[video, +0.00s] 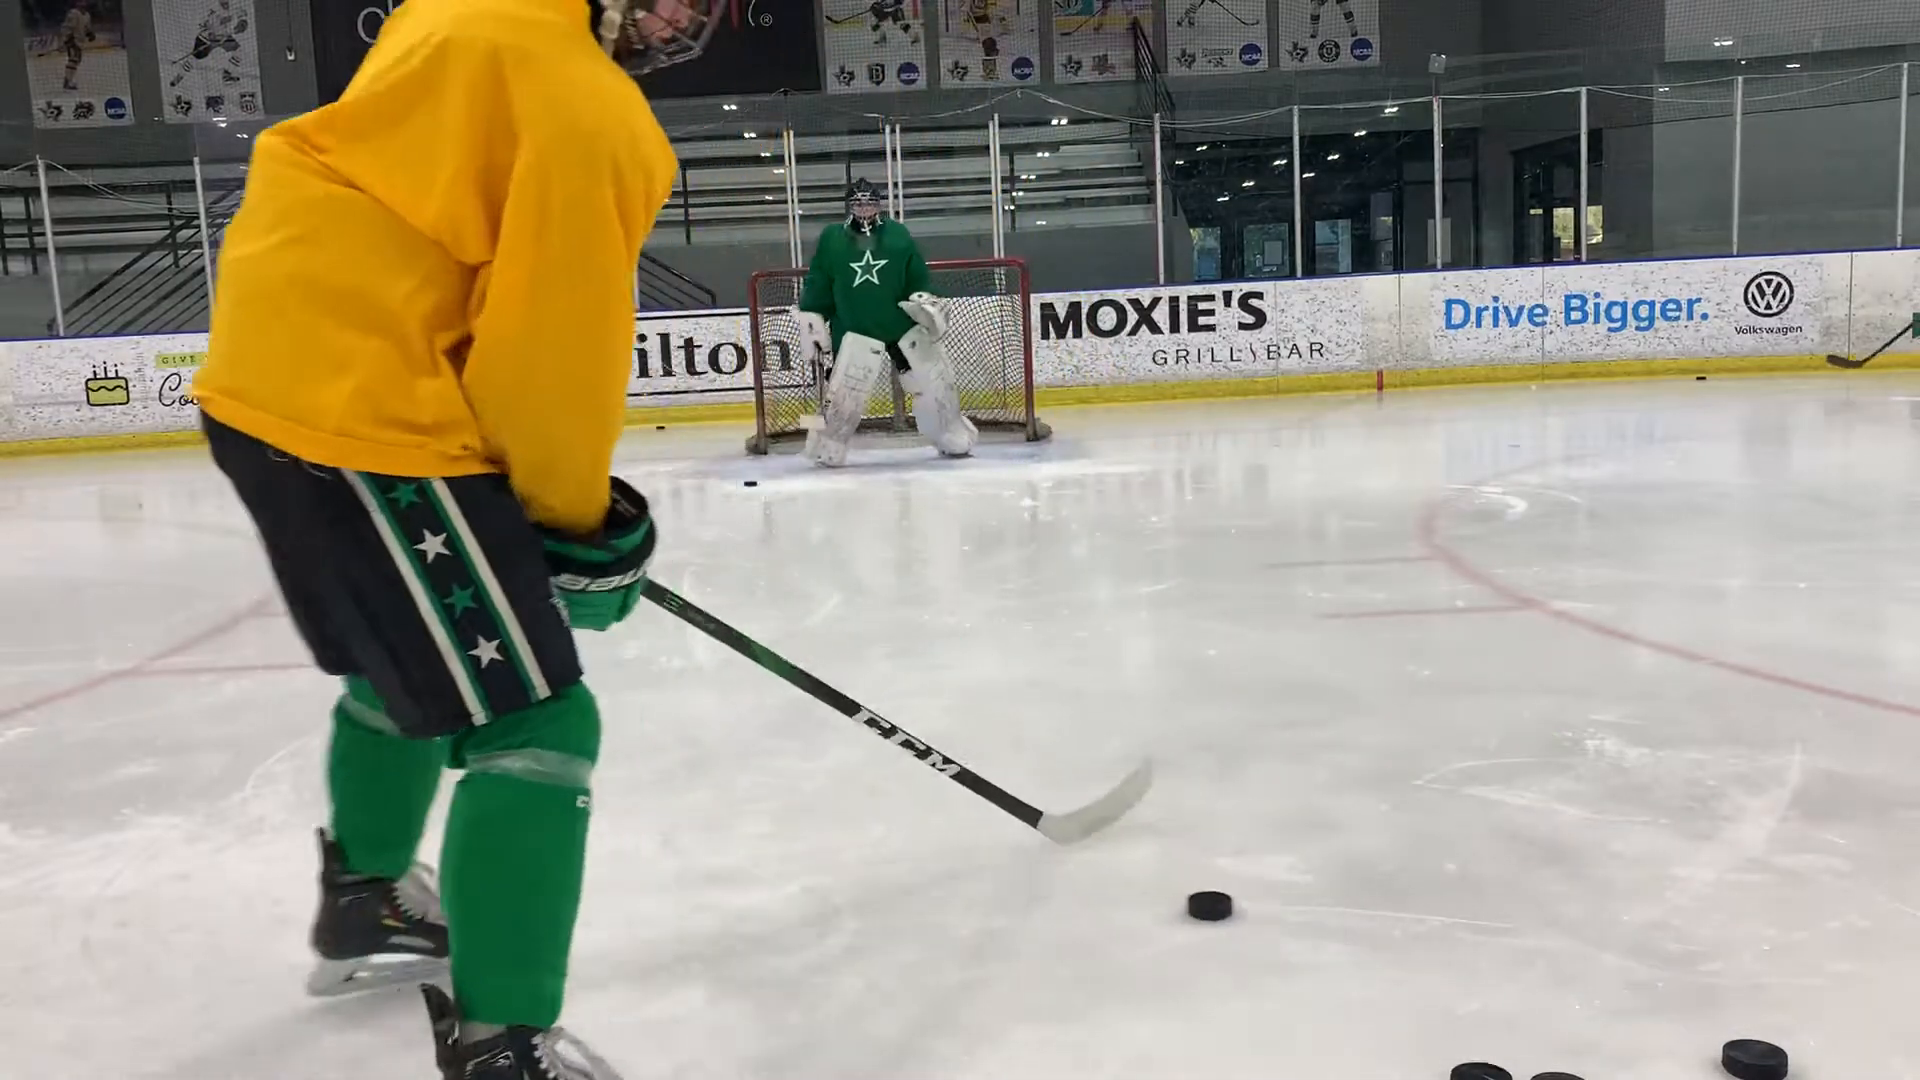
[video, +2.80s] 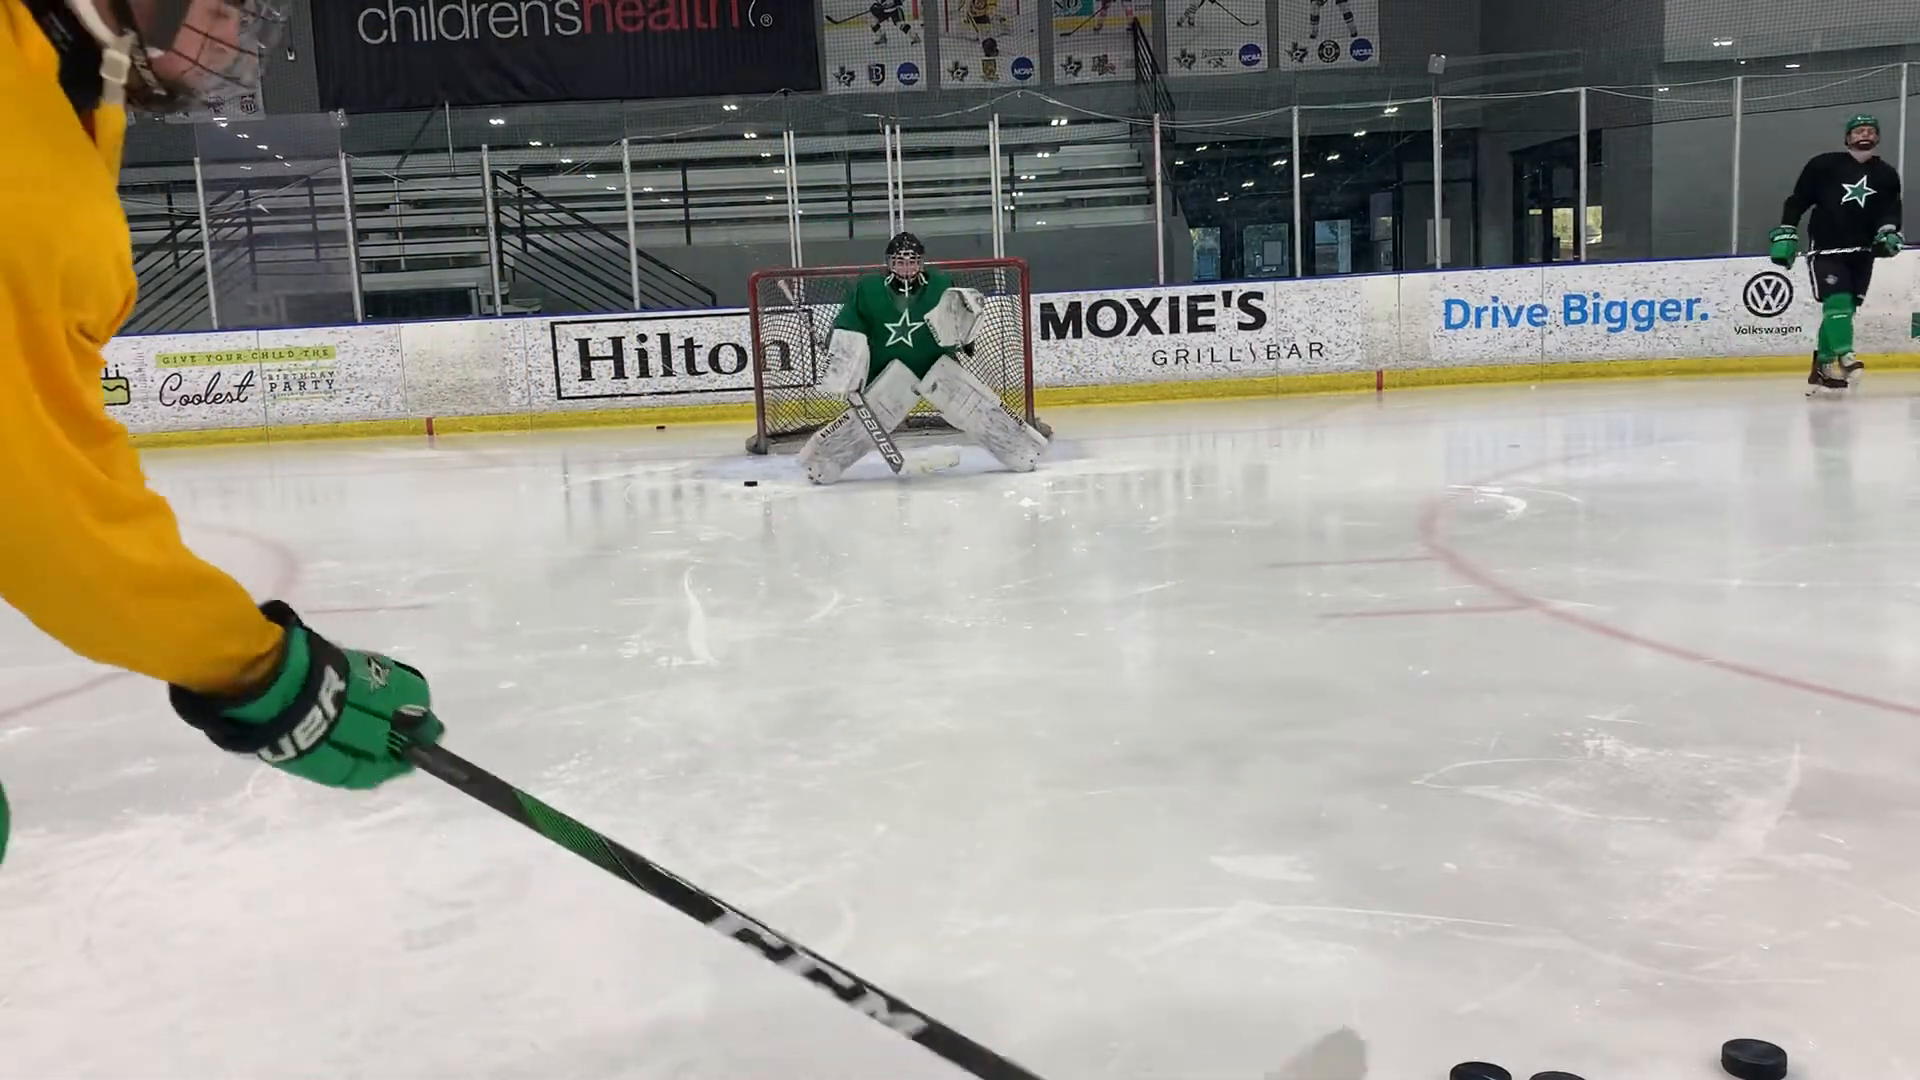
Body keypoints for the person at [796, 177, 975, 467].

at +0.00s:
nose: (864, 209)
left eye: (869, 203)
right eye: (858, 204)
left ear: (879, 205)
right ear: (849, 206)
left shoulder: (898, 235)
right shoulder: (833, 238)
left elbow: (919, 278)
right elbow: (817, 284)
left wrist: (925, 307)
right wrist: (812, 327)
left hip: (902, 325)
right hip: (855, 328)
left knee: (933, 382)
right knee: (845, 391)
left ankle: (953, 441)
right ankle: (830, 451)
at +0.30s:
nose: (853, 205)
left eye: (858, 200)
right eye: (847, 200)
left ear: (867, 202)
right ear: (838, 202)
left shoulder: (887, 231)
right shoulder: (820, 232)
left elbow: (907, 274)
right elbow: (801, 276)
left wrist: (914, 304)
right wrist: (798, 311)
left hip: (885, 323)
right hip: (836, 325)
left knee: (904, 383)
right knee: (823, 386)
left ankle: (916, 440)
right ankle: (813, 444)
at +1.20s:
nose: (856, 203)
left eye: (861, 197)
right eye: (850, 198)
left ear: (869, 200)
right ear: (841, 201)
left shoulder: (887, 229)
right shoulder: (824, 229)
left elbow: (911, 264)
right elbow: (805, 265)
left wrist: (893, 270)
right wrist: (827, 278)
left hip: (884, 316)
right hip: (838, 318)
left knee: (901, 374)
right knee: (825, 377)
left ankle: (907, 433)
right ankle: (819, 436)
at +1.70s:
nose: (870, 205)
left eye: (876, 199)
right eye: (865, 199)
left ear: (885, 202)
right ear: (855, 203)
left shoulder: (901, 230)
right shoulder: (838, 232)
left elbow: (918, 270)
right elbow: (820, 275)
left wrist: (894, 280)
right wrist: (850, 283)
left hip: (900, 320)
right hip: (858, 321)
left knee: (926, 378)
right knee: (842, 386)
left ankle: (948, 440)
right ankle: (817, 449)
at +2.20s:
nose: (884, 204)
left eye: (890, 199)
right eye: (879, 199)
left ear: (900, 201)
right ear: (869, 202)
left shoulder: (918, 230)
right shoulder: (850, 232)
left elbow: (941, 268)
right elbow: (826, 276)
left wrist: (932, 274)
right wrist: (843, 303)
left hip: (915, 322)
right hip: (868, 326)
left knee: (946, 385)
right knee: (846, 393)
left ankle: (976, 448)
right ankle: (820, 458)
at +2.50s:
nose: (894, 234)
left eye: (899, 227)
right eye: (888, 228)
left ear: (908, 228)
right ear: (879, 229)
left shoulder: (927, 254)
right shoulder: (858, 260)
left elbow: (950, 302)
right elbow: (838, 301)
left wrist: (953, 276)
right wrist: (840, 338)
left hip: (924, 341)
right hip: (879, 346)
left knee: (956, 398)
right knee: (865, 408)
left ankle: (994, 455)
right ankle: (825, 461)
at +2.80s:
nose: (906, 266)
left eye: (912, 260)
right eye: (900, 261)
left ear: (921, 262)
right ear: (889, 262)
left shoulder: (939, 285)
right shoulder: (867, 291)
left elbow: (963, 336)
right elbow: (848, 333)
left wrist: (965, 312)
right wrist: (847, 372)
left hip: (938, 367)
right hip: (890, 372)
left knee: (978, 408)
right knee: (867, 421)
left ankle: (1022, 451)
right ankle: (822, 463)